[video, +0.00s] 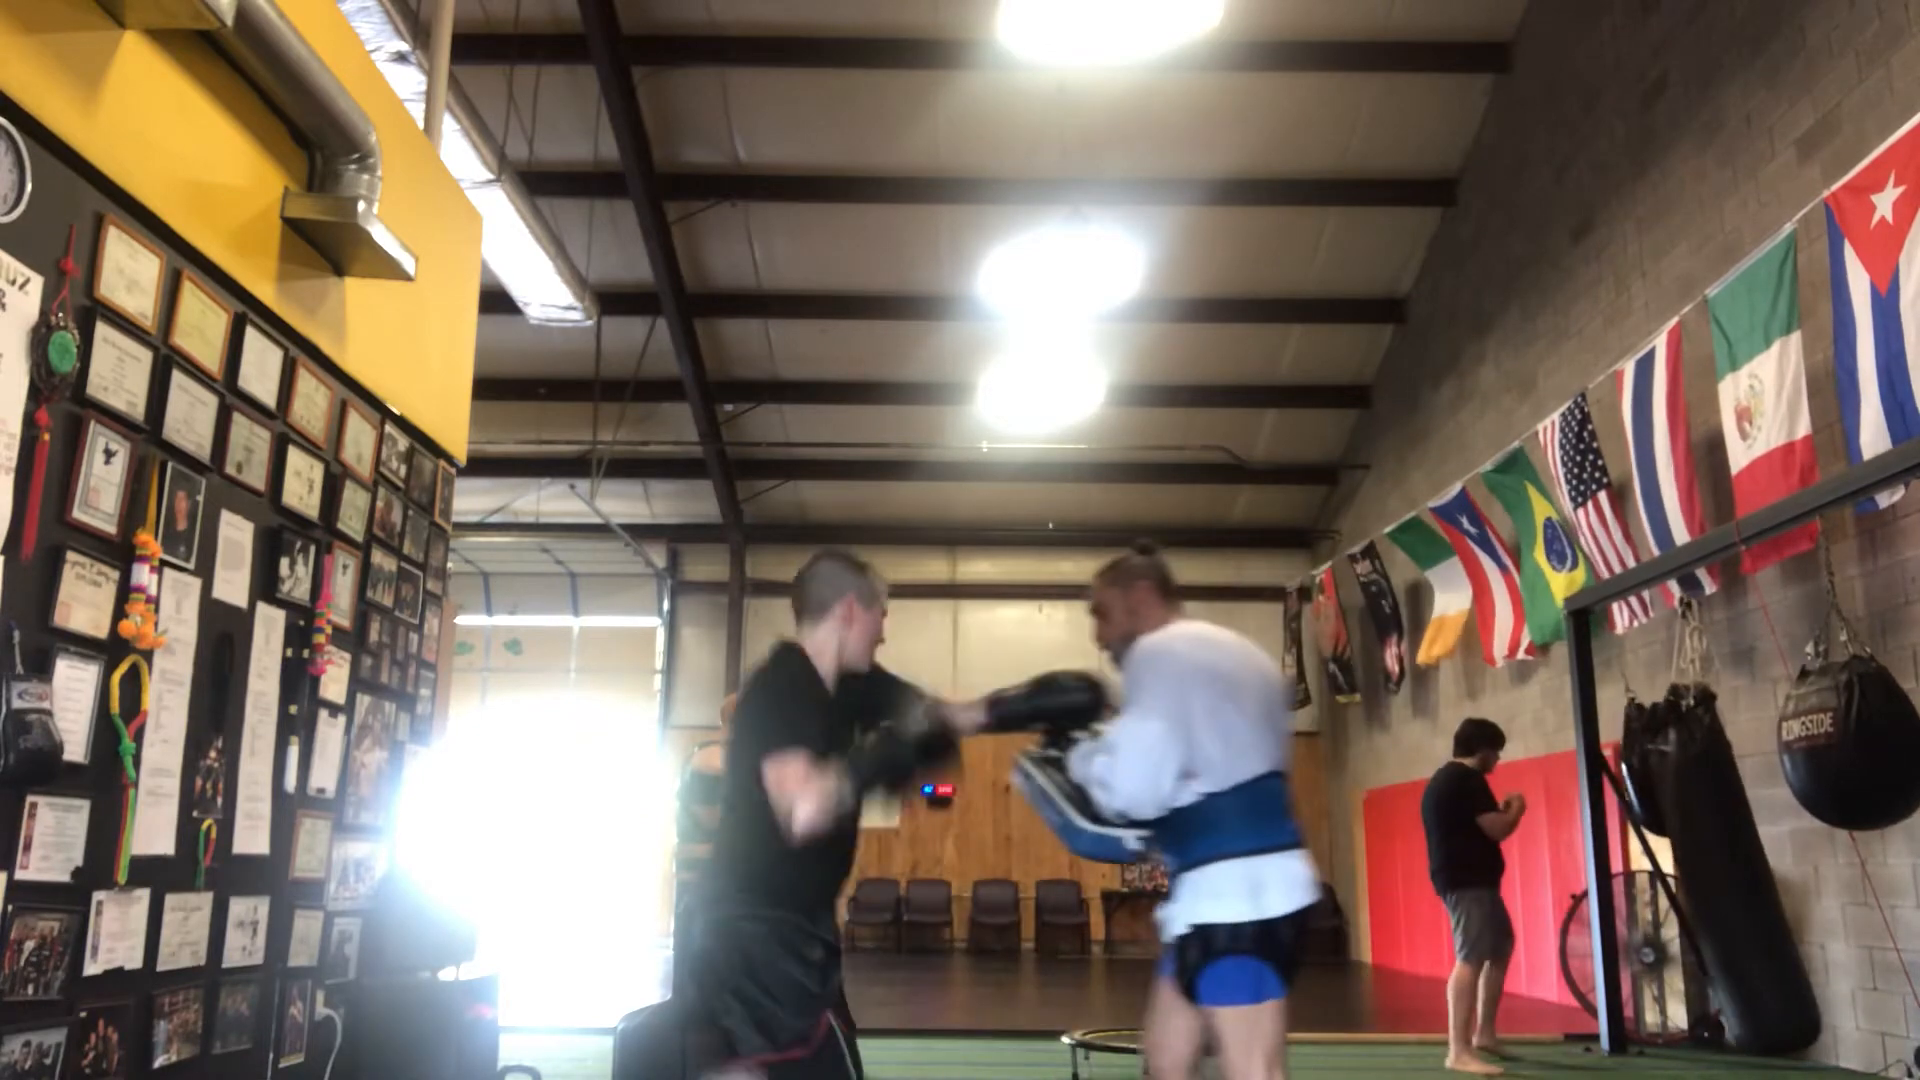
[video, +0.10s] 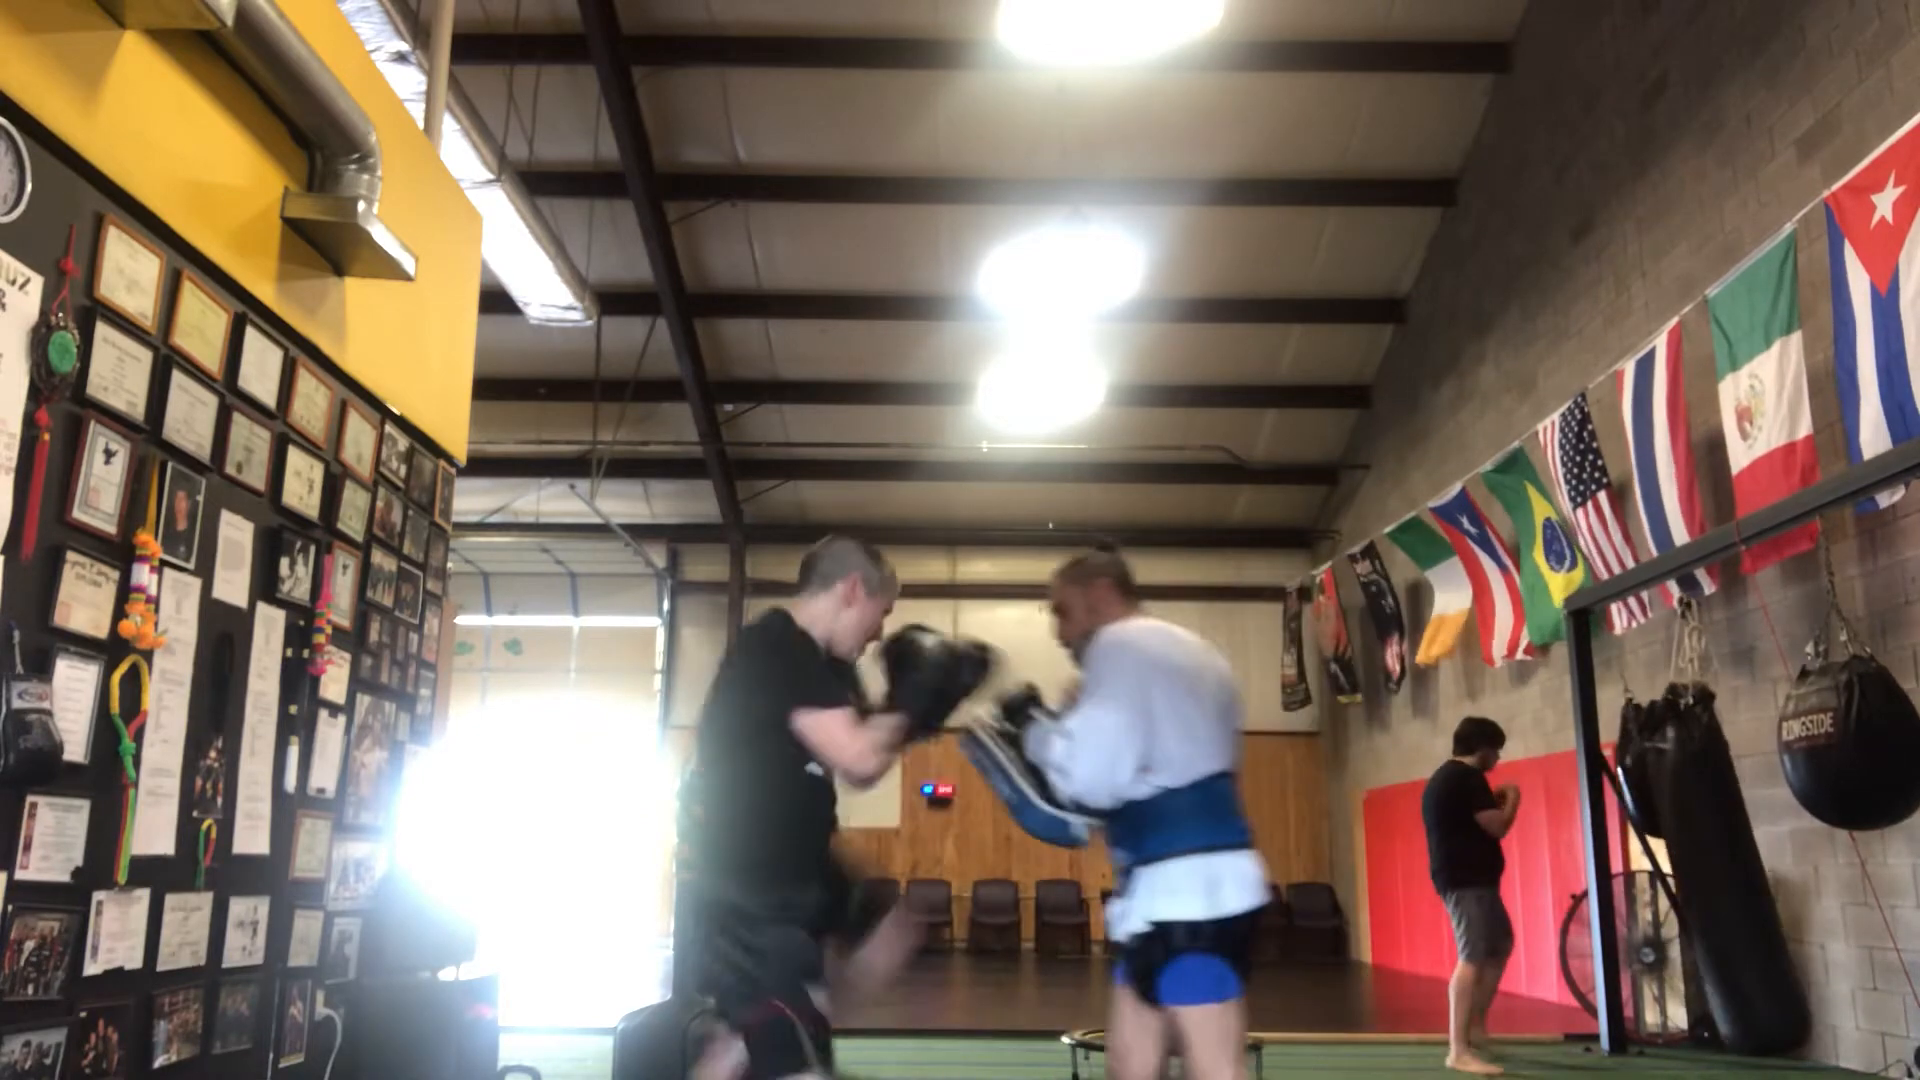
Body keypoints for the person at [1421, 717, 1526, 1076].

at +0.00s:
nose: (1497, 761)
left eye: (1498, 754)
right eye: (1495, 753)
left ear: (1462, 747)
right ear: (1481, 750)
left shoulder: (1444, 780)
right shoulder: (1465, 780)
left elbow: (1481, 829)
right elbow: (1496, 829)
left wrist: (1506, 812)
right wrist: (1514, 810)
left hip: (1472, 882)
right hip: (1467, 883)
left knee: (1501, 946)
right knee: (1471, 958)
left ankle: (1484, 1035)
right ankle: (1458, 1052)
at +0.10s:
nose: (1497, 759)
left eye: (1498, 752)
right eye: (1495, 751)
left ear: (1464, 745)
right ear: (1481, 749)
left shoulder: (1450, 777)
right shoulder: (1464, 778)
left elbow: (1485, 825)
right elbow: (1495, 825)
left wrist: (1503, 800)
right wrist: (1512, 798)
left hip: (1475, 880)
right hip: (1465, 882)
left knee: (1500, 946)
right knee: (1473, 956)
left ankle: (1474, 1032)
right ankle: (1458, 1050)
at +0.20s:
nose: (1496, 758)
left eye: (1497, 752)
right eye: (1494, 751)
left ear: (1464, 746)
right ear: (1480, 748)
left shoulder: (1448, 775)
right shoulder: (1462, 777)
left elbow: (1486, 823)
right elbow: (1493, 824)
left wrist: (1501, 797)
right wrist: (1505, 795)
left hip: (1461, 879)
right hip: (1466, 880)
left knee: (1488, 952)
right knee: (1489, 952)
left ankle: (1461, 1039)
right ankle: (1463, 1044)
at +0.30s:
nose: (1495, 760)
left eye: (1496, 754)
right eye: (1493, 753)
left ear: (1461, 747)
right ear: (1479, 751)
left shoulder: (1441, 776)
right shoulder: (1466, 778)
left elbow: (1464, 822)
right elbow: (1490, 824)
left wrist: (1501, 803)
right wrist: (1506, 802)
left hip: (1445, 884)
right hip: (1471, 881)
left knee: (1474, 956)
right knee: (1504, 949)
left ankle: (1459, 1037)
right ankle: (1468, 1037)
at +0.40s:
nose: (1493, 764)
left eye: (1494, 757)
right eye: (1492, 757)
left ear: (1458, 749)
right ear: (1479, 753)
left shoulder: (1433, 776)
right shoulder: (1473, 777)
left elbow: (1455, 809)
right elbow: (1493, 815)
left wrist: (1491, 789)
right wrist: (1518, 833)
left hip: (1439, 882)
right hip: (1470, 879)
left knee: (1465, 959)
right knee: (1495, 953)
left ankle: (1456, 1038)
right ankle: (1462, 1040)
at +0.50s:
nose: (1492, 764)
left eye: (1493, 759)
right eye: (1492, 759)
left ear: (1455, 751)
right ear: (1483, 755)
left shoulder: (1427, 777)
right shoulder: (1489, 776)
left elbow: (1431, 825)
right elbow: (1519, 813)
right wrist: (1556, 831)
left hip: (1433, 879)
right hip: (1470, 877)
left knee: (1459, 957)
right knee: (1477, 958)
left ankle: (1456, 1040)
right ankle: (1452, 1049)